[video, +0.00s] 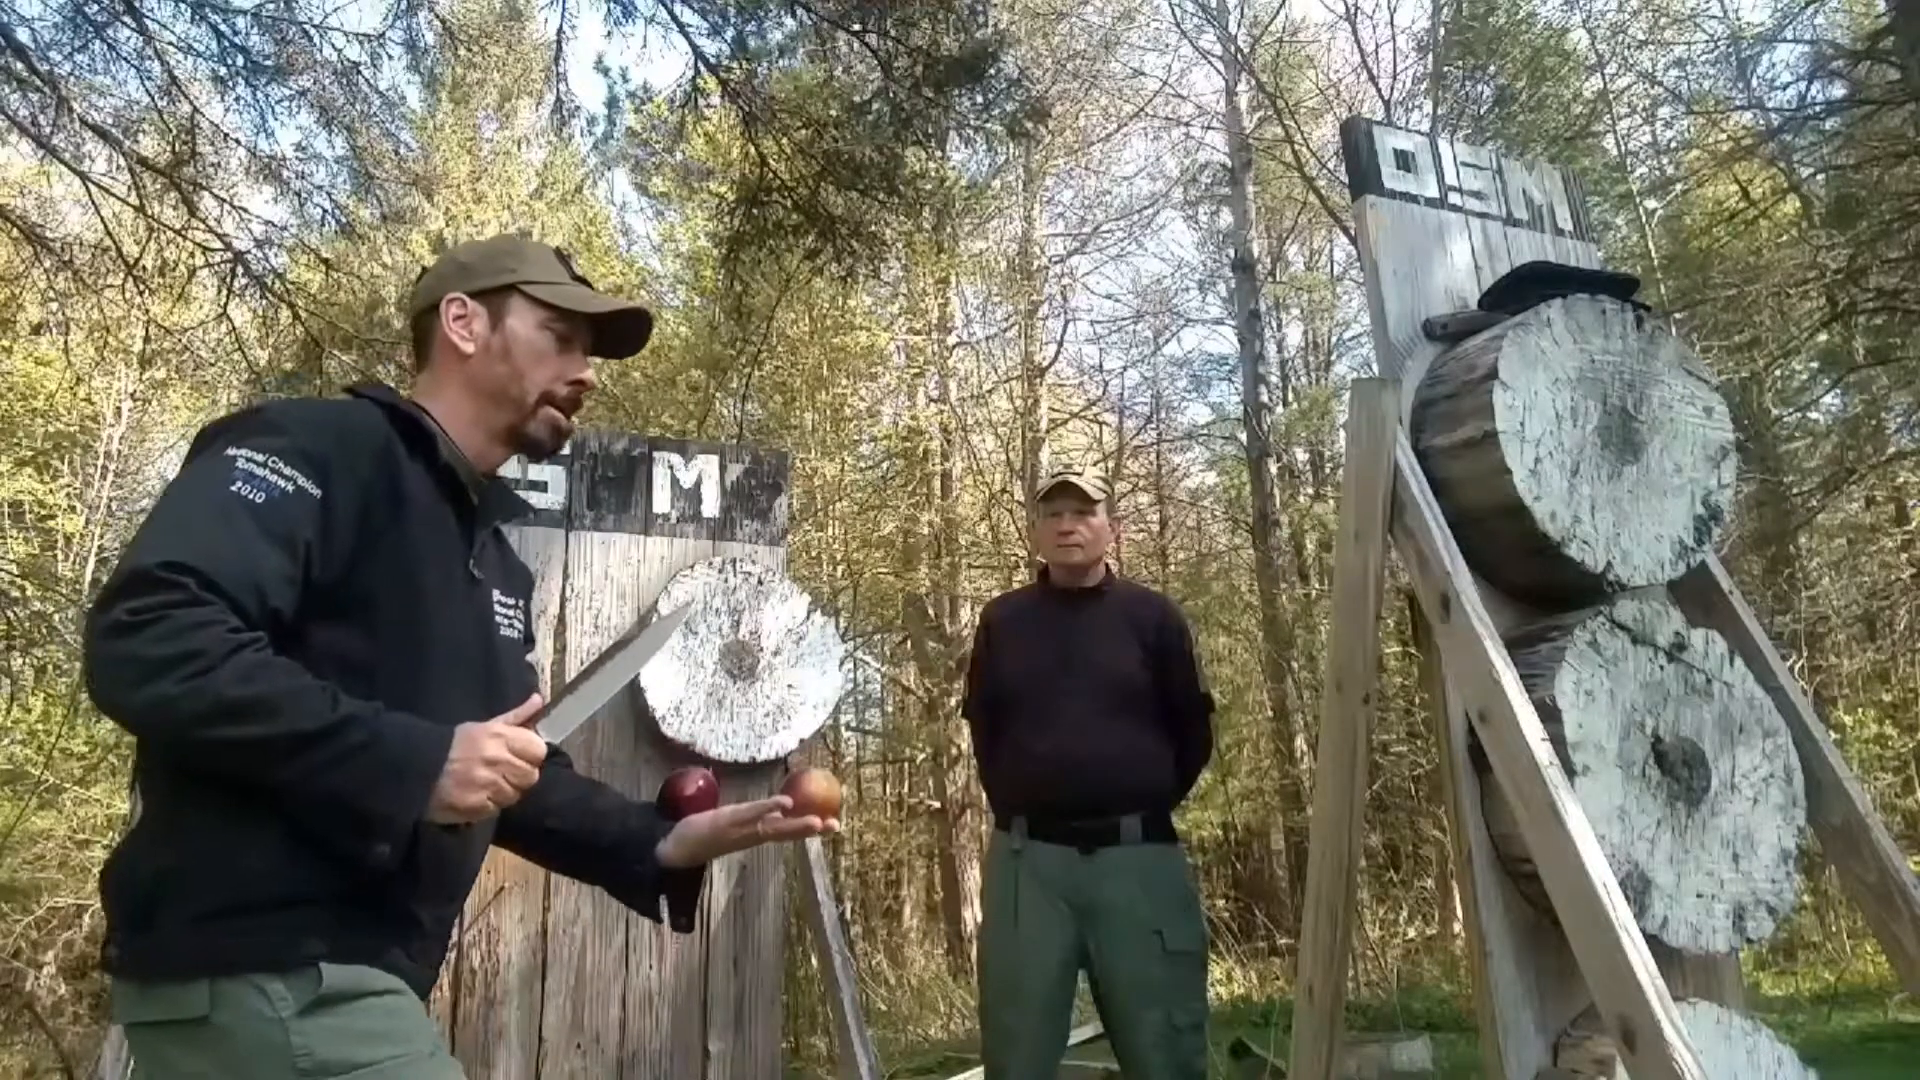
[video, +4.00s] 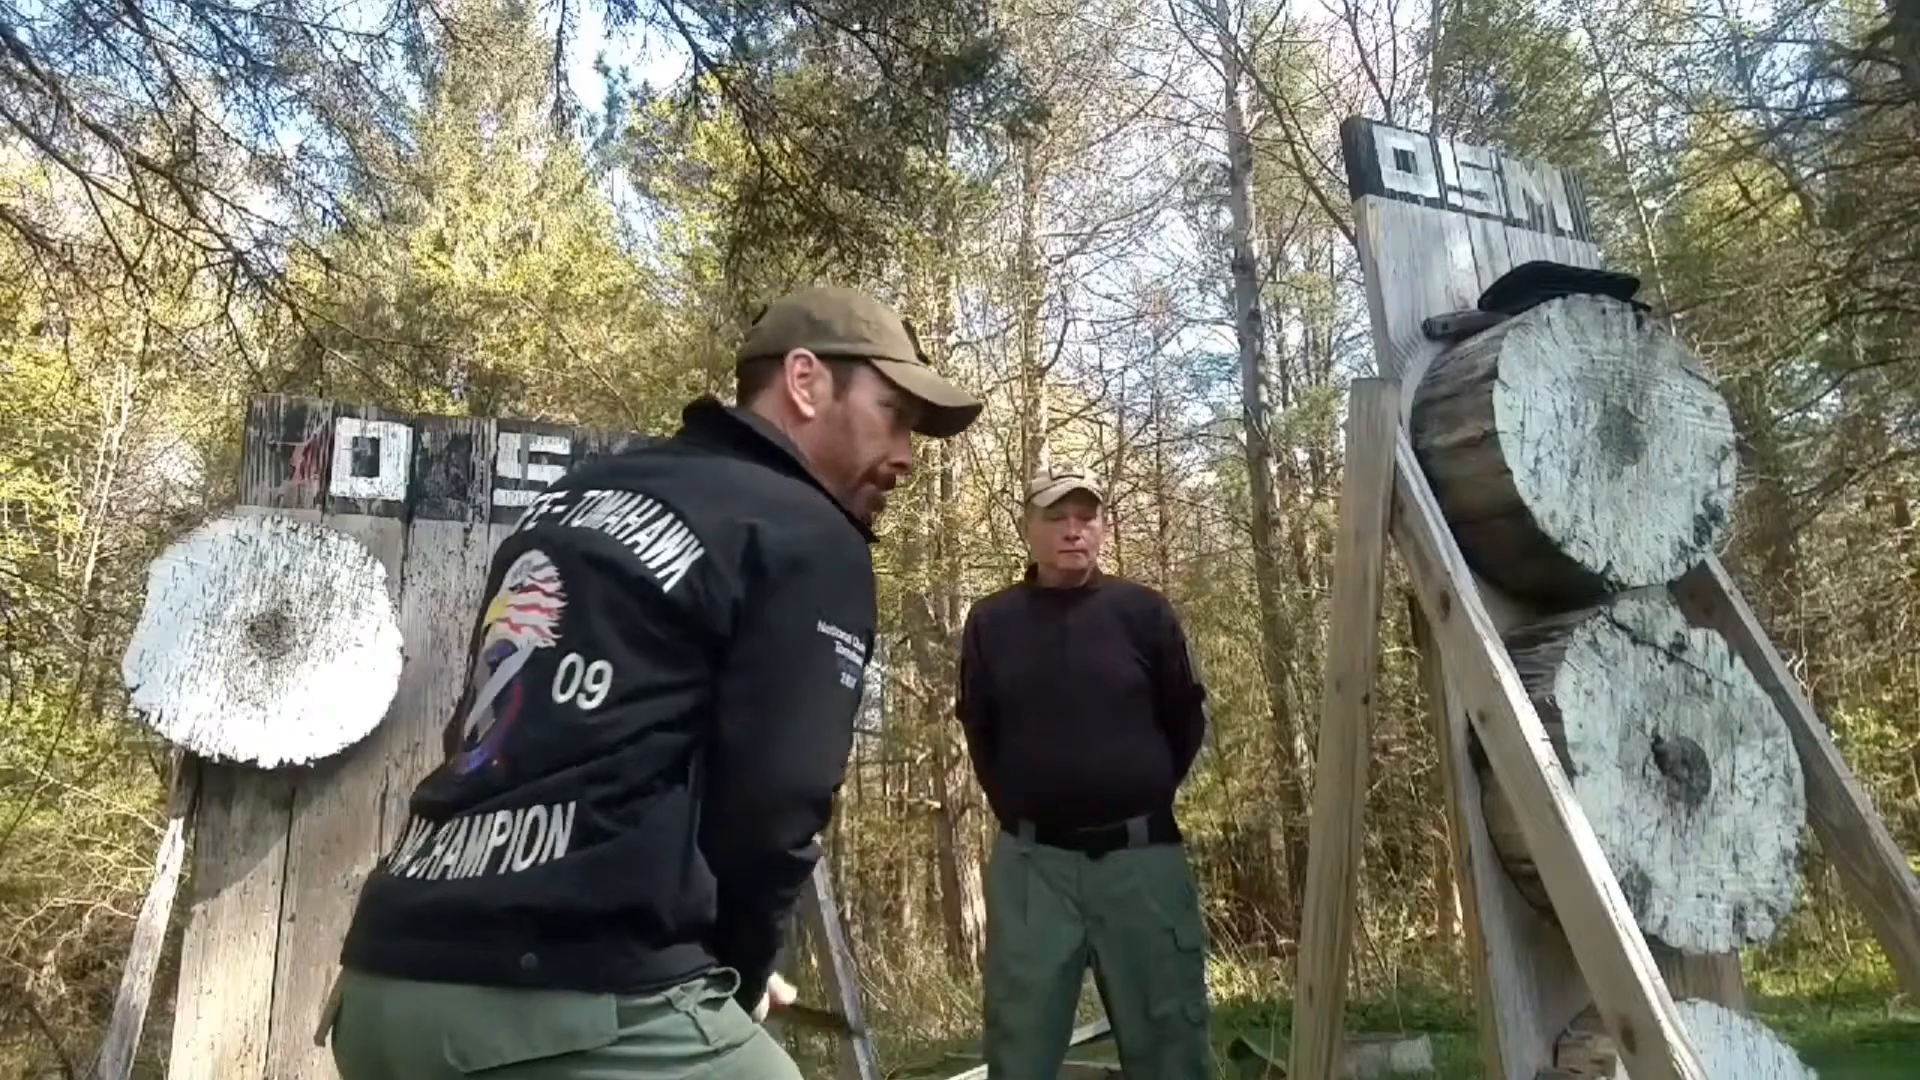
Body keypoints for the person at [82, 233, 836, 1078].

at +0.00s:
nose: (586, 374)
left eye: (592, 350)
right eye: (565, 336)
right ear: (464, 324)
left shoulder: (492, 556)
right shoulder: (312, 447)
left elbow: (492, 763)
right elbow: (146, 640)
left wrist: (657, 841)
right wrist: (417, 759)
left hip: (353, 979)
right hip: (264, 979)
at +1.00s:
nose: (554, 464)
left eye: (558, 441)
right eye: (527, 429)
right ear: (425, 426)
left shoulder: (486, 644)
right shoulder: (265, 574)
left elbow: (530, 848)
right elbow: (137, 807)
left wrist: (697, 911)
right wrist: (399, 917)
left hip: (406, 1050)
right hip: (237, 1050)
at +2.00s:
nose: (517, 293)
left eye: (514, 271)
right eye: (484, 264)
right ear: (392, 280)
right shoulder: (365, 379)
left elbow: (573, 607)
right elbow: (579, 469)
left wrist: (679, 482)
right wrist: (641, 298)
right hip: (370, 888)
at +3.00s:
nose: (671, 396)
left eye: (672, 373)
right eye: (643, 360)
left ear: (545, 373)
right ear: (545, 366)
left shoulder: (438, 489)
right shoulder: (507, 488)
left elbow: (674, 649)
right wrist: (754, 435)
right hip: (440, 1007)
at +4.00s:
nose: (907, 460)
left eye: (914, 430)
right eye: (897, 417)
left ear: (797, 387)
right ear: (806, 384)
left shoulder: (587, 486)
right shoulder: (809, 536)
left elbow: (529, 734)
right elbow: (772, 808)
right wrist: (742, 977)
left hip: (389, 985)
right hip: (593, 1000)